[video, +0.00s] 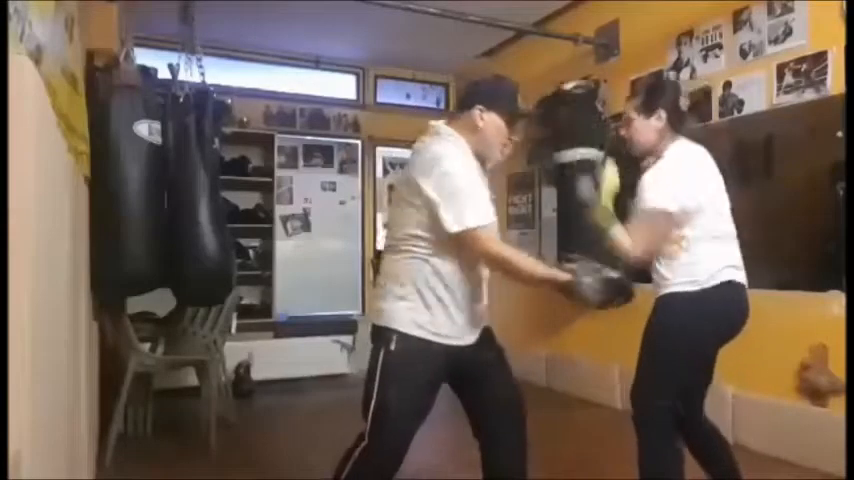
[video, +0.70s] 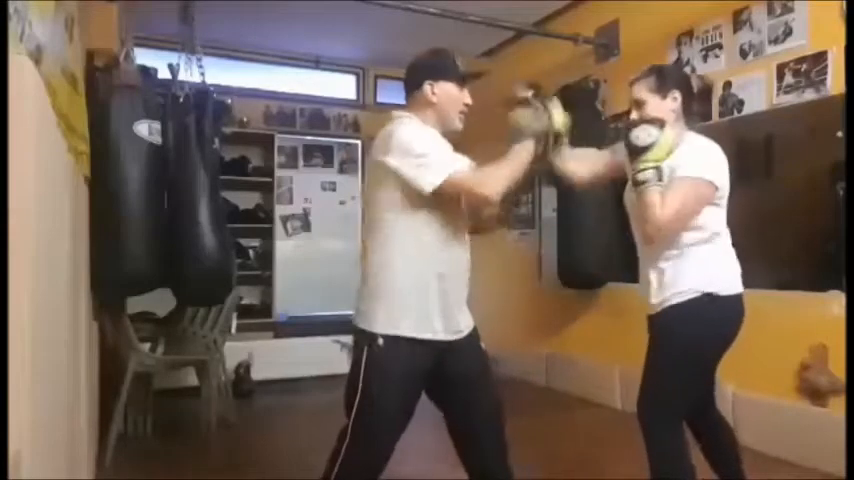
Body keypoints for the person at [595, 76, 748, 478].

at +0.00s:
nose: (623, 131)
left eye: (630, 120)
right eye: (623, 121)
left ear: (659, 118)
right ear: (659, 119)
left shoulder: (666, 171)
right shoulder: (692, 157)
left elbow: (637, 250)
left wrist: (601, 212)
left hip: (690, 300)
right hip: (718, 294)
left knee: (650, 404)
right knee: (686, 411)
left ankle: (662, 474)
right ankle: (728, 474)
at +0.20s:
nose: (638, 120)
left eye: (645, 109)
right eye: (636, 112)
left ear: (677, 106)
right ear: (672, 110)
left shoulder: (694, 147)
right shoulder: (664, 165)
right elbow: (625, 204)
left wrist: (626, 134)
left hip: (681, 294)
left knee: (638, 406)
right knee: (686, 407)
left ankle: (648, 473)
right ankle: (729, 474)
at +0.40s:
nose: (634, 116)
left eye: (641, 108)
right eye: (633, 108)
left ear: (669, 108)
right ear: (674, 111)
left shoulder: (669, 142)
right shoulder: (701, 154)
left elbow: (612, 117)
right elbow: (641, 213)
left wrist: (578, 111)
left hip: (680, 297)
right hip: (720, 296)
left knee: (642, 408)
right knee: (691, 406)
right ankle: (732, 475)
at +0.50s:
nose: (634, 118)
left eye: (641, 108)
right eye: (633, 109)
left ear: (670, 106)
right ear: (671, 109)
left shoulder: (667, 141)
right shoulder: (696, 146)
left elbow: (596, 154)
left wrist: (548, 144)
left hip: (688, 300)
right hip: (721, 297)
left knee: (651, 412)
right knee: (694, 408)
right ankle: (734, 474)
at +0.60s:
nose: (631, 116)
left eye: (639, 105)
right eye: (631, 107)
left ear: (671, 105)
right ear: (668, 106)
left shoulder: (684, 151)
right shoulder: (668, 154)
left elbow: (648, 219)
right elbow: (650, 214)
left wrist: (612, 176)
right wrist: (621, 175)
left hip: (695, 305)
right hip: (691, 304)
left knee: (656, 415)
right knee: (692, 412)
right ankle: (734, 475)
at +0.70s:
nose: (633, 115)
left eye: (642, 104)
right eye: (632, 106)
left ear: (673, 102)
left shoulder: (702, 154)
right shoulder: (644, 150)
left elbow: (656, 228)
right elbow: (581, 168)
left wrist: (643, 167)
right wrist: (549, 135)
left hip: (703, 301)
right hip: (672, 304)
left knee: (657, 412)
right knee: (699, 409)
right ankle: (735, 475)